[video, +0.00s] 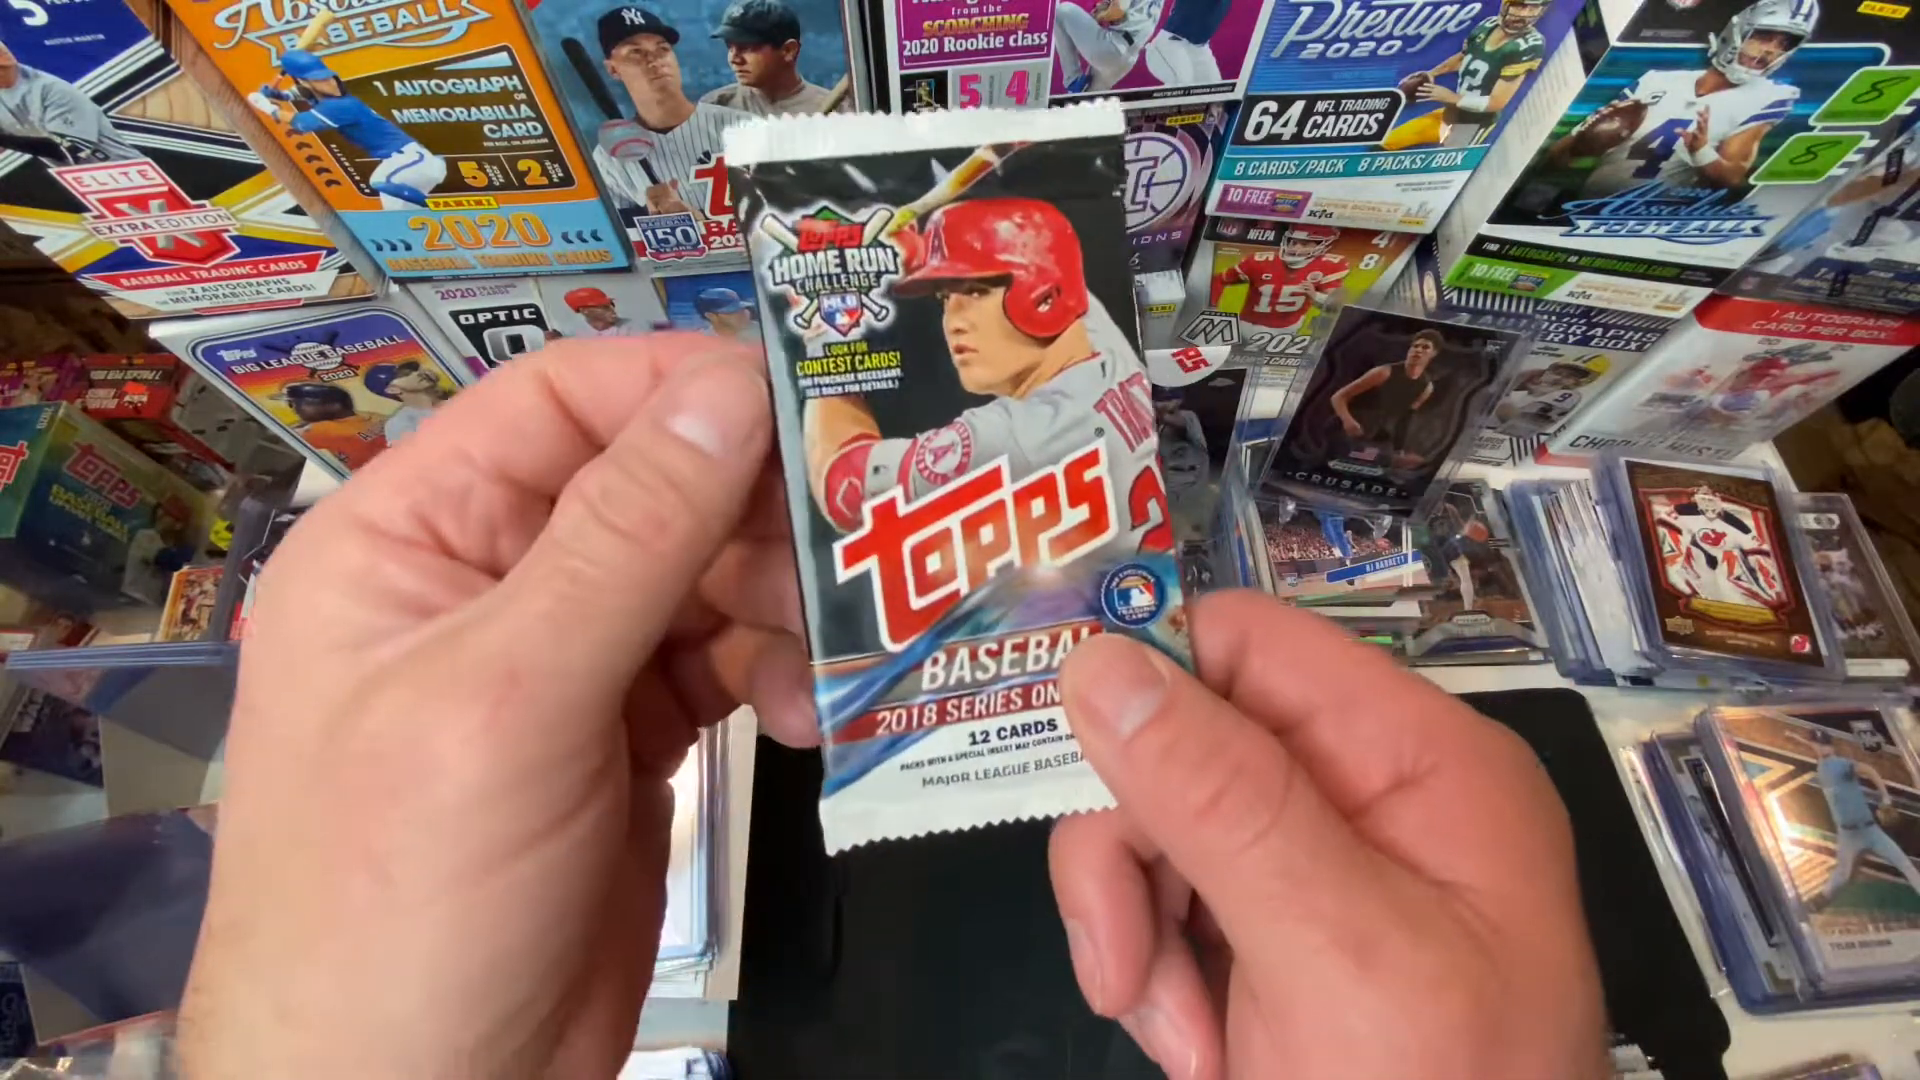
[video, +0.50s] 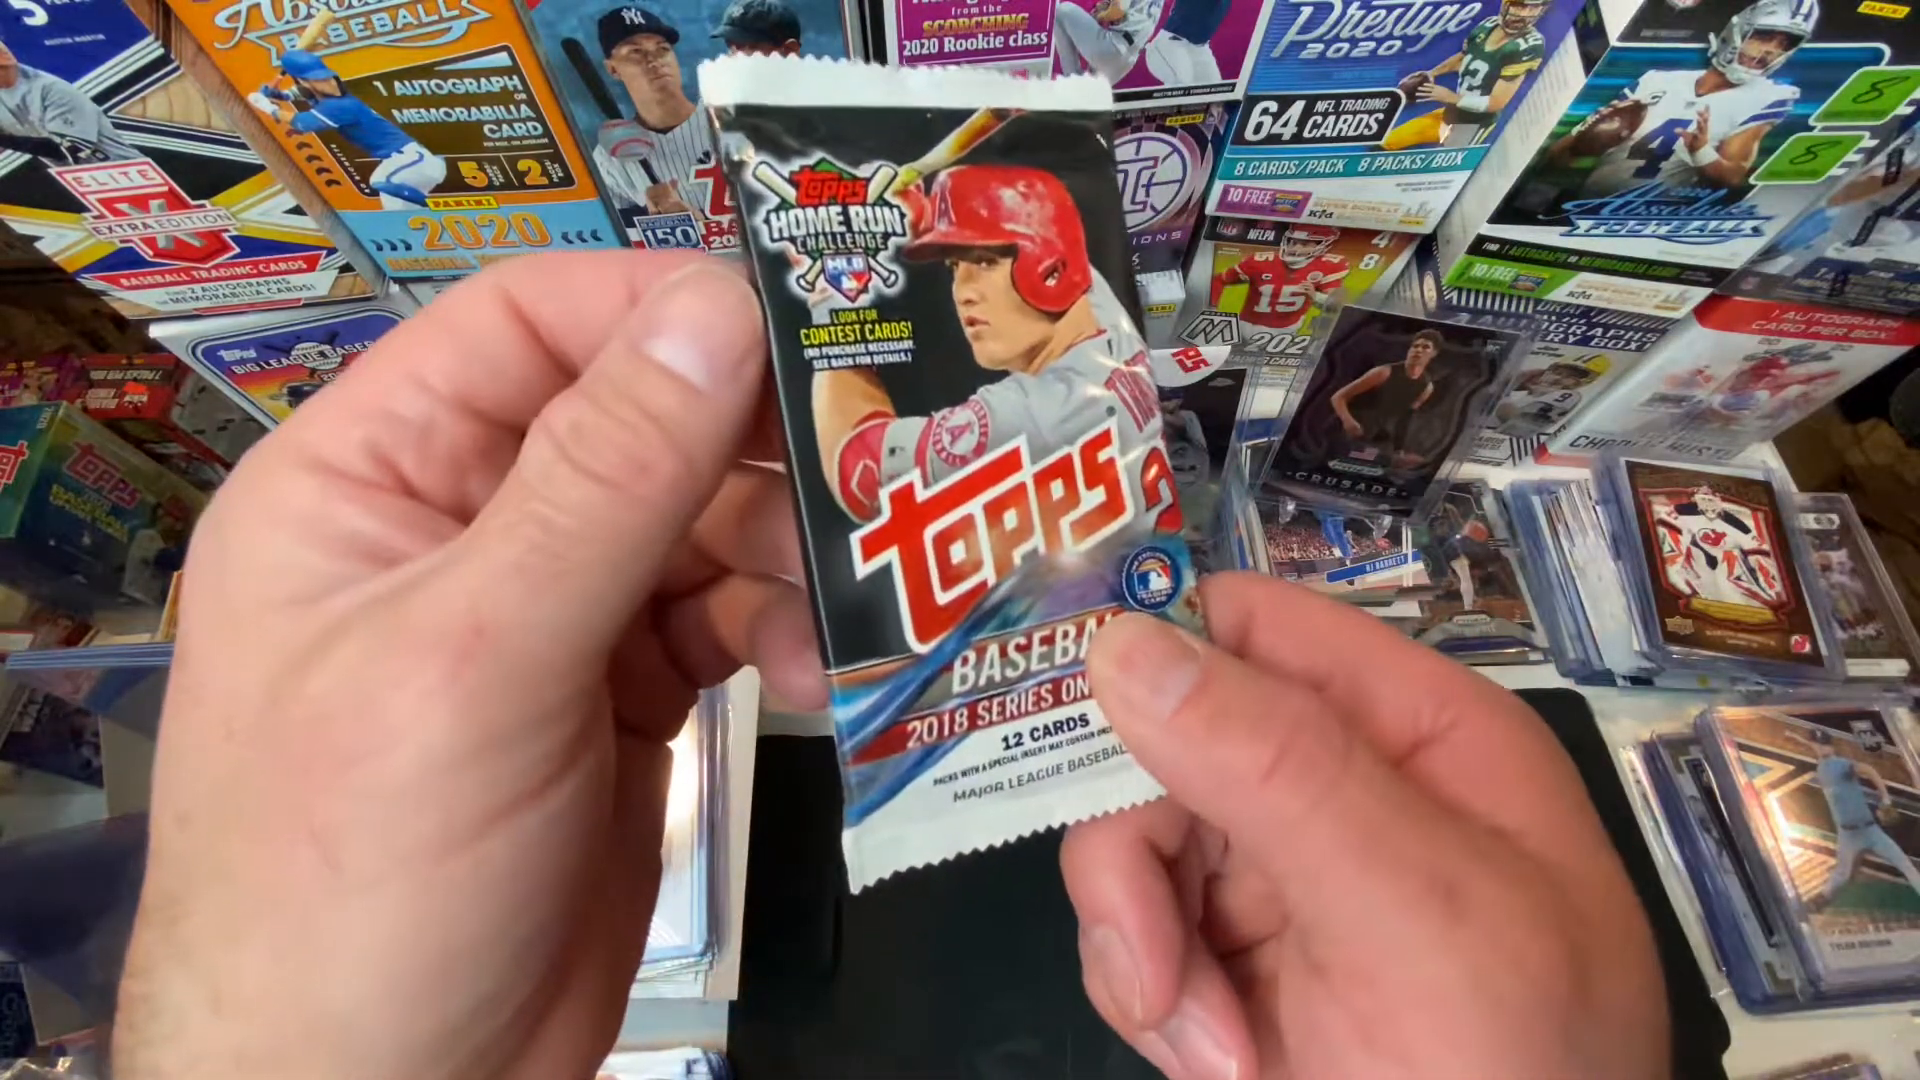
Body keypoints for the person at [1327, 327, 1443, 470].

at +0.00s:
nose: (1418, 350)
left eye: (1425, 347)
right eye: (1415, 346)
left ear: (1433, 354)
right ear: (1409, 349)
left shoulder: (1426, 389)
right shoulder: (1384, 373)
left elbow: (1405, 417)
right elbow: (1338, 397)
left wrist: (1400, 452)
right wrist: (1348, 421)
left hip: (1384, 442)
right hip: (1358, 435)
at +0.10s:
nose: (1418, 351)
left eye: (1425, 347)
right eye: (1415, 346)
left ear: (1434, 354)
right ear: (1409, 349)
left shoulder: (1426, 389)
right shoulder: (1384, 373)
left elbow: (1405, 417)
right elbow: (1338, 398)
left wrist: (1399, 451)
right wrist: (1348, 421)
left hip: (1385, 442)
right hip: (1359, 436)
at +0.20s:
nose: (1418, 351)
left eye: (1425, 347)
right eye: (1415, 346)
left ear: (1433, 354)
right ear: (1409, 349)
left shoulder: (1426, 389)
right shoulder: (1384, 373)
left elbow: (1405, 417)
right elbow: (1338, 398)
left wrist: (1399, 451)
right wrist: (1348, 421)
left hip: (1386, 443)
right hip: (1360, 436)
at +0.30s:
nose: (1418, 351)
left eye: (1425, 347)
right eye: (1415, 346)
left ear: (1434, 354)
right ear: (1409, 349)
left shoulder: (1426, 388)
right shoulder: (1384, 373)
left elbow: (1405, 417)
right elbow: (1338, 398)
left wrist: (1399, 451)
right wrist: (1348, 421)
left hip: (1386, 442)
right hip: (1360, 436)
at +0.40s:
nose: (1418, 351)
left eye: (1425, 347)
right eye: (1415, 346)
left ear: (1434, 353)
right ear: (1409, 349)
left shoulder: (1426, 388)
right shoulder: (1384, 373)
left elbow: (1405, 417)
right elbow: (1338, 398)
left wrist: (1399, 451)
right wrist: (1348, 421)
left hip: (1385, 442)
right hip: (1360, 436)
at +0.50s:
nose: (1418, 351)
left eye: (1425, 347)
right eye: (1415, 346)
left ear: (1434, 354)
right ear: (1409, 349)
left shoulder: (1426, 389)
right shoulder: (1384, 373)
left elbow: (1405, 417)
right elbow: (1338, 397)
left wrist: (1399, 451)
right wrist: (1348, 421)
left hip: (1385, 442)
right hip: (1360, 435)